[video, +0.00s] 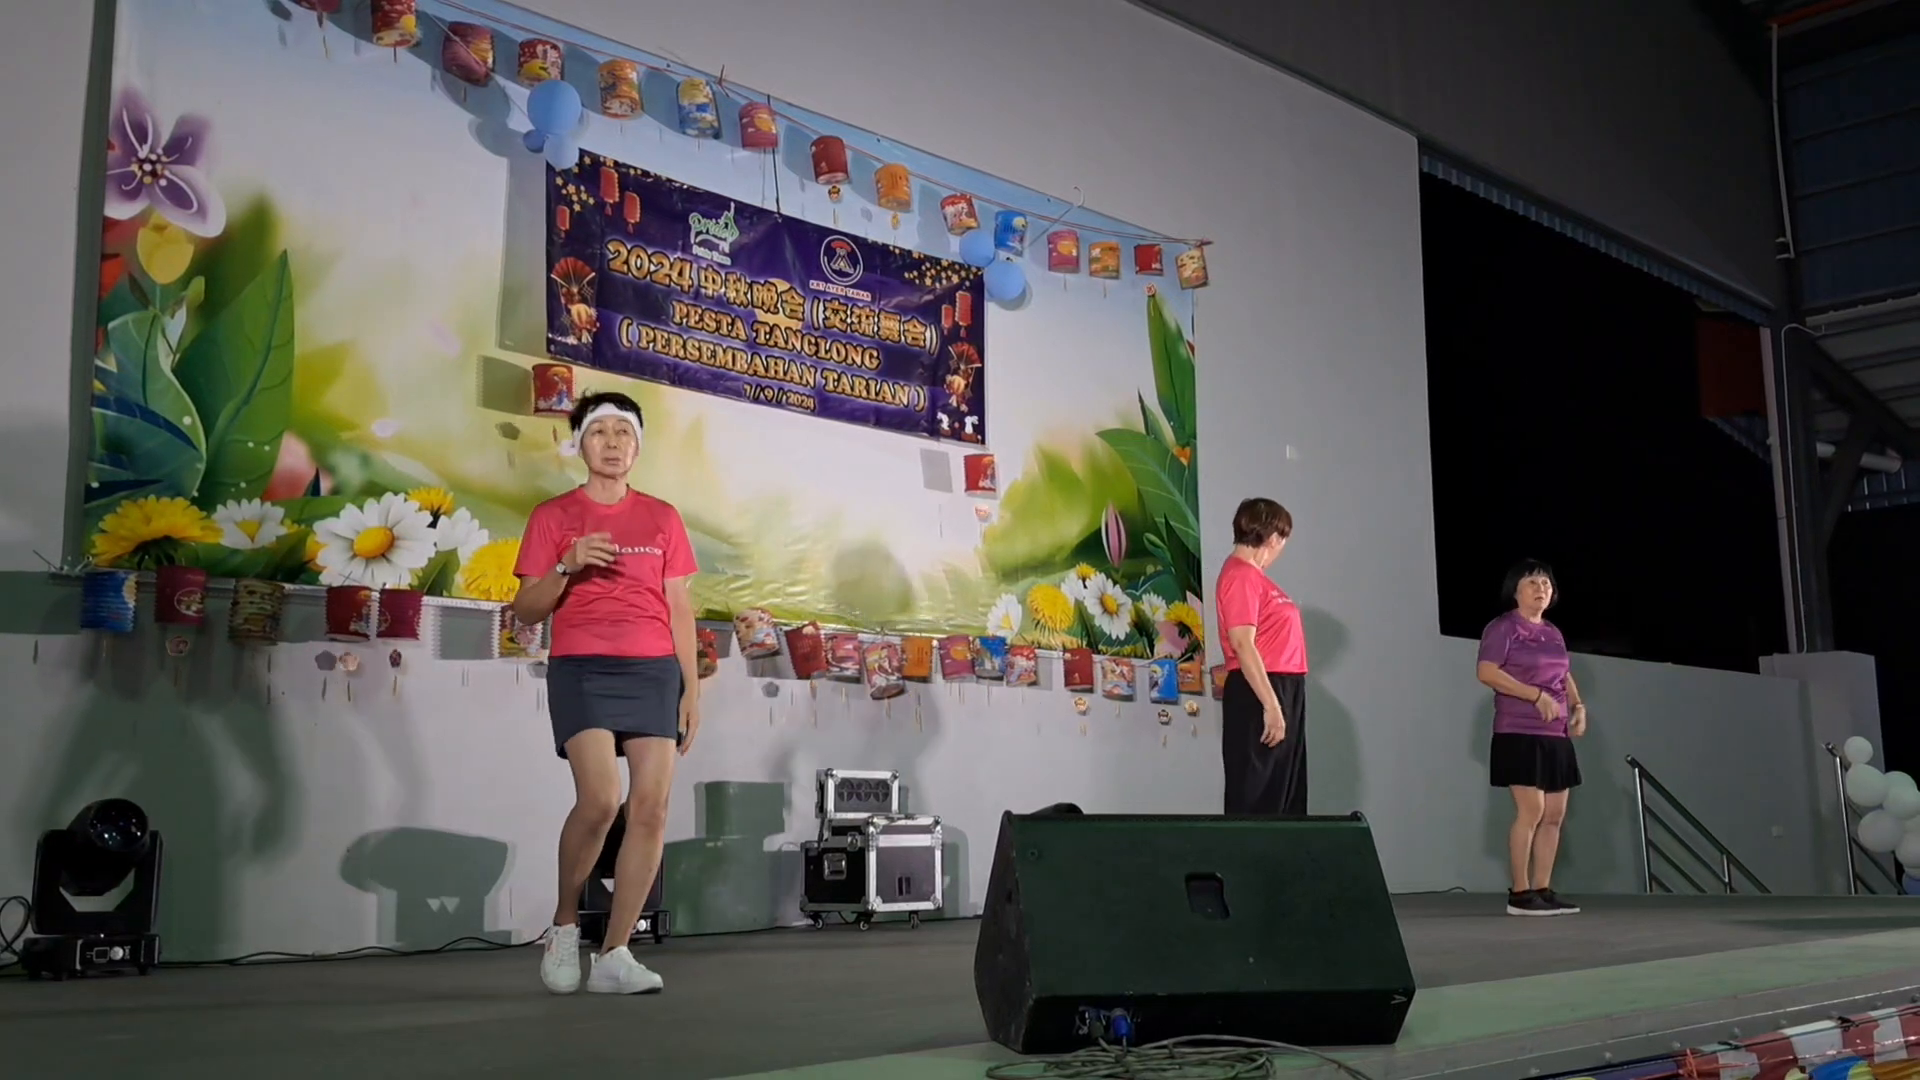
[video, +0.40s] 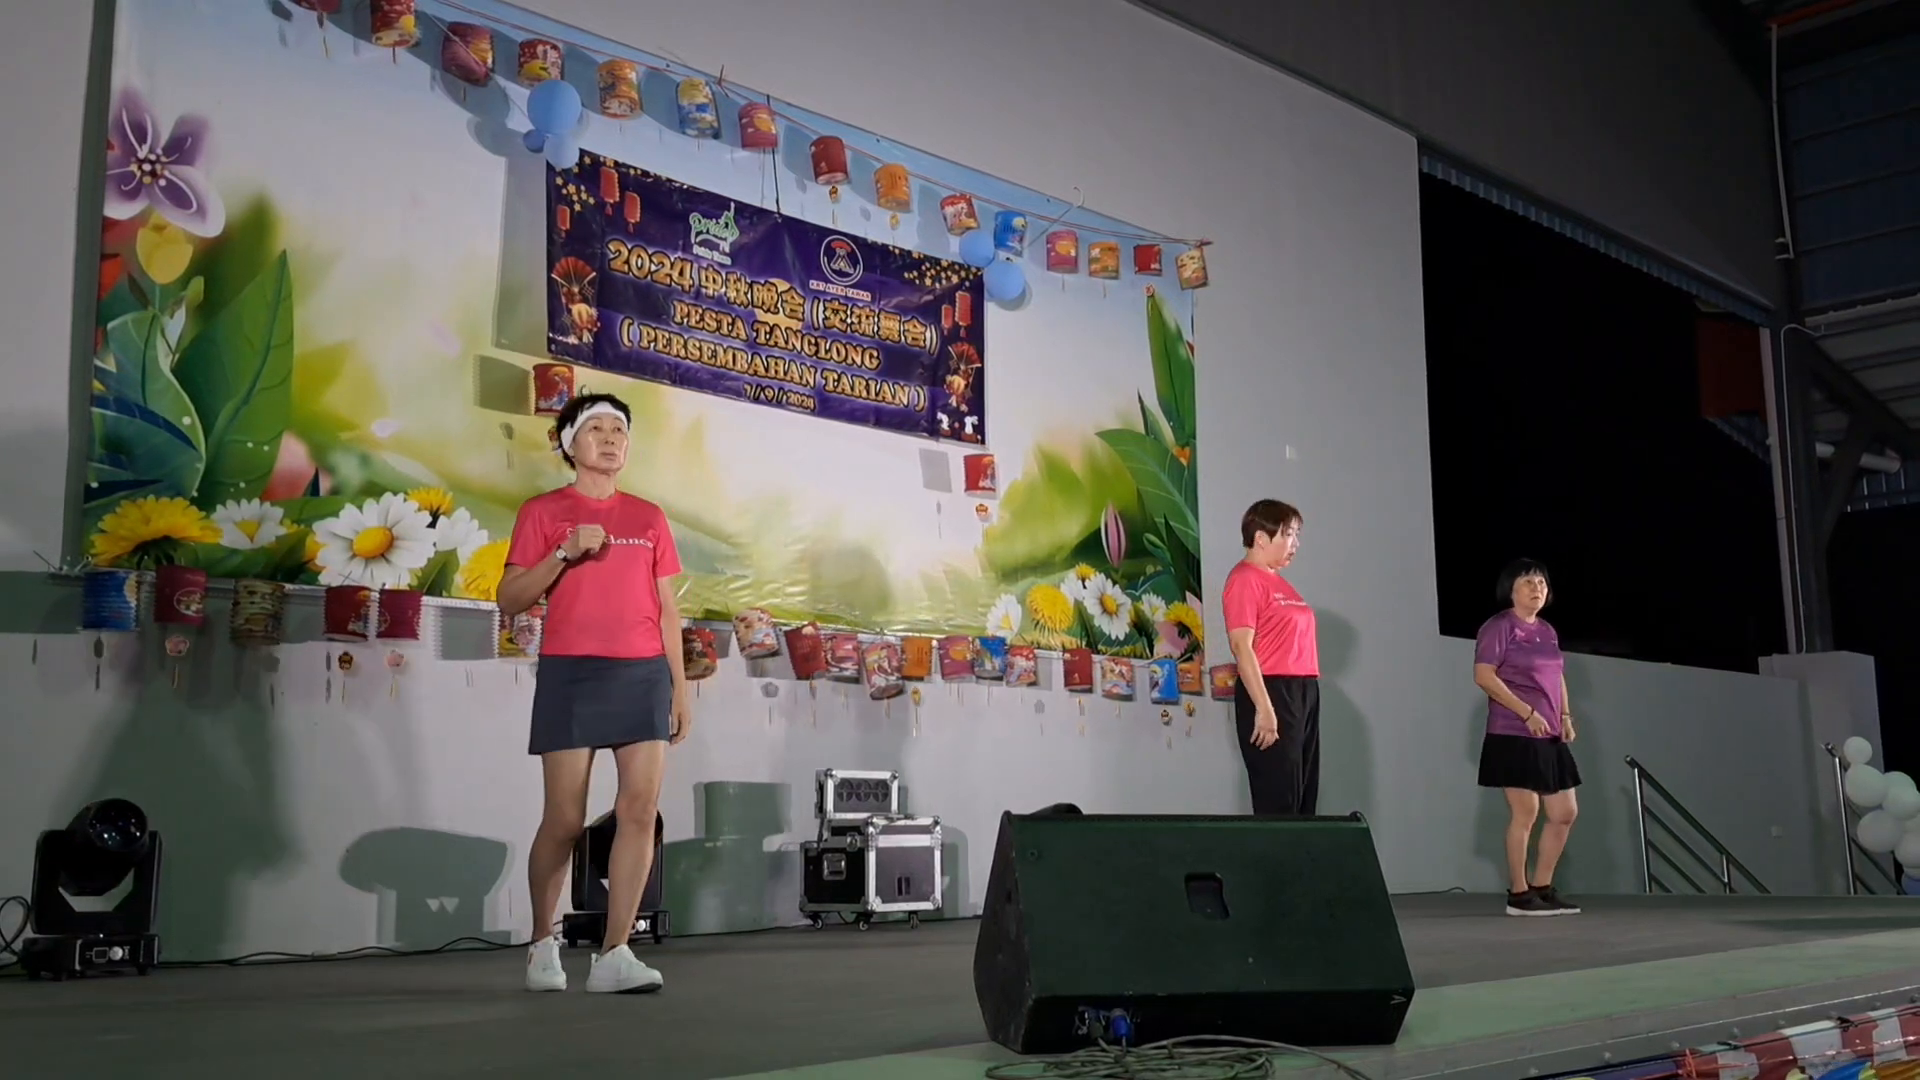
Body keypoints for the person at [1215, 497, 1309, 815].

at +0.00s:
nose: (1281, 547)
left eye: (1284, 540)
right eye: (1283, 539)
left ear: (1245, 530)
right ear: (1272, 538)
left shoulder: (1253, 575)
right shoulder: (1241, 575)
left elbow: (1251, 642)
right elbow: (1242, 643)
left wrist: (1283, 701)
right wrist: (1271, 705)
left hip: (1284, 687)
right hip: (1261, 688)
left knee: (1284, 792)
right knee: (1256, 793)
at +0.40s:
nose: (1295, 544)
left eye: (1296, 536)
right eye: (1288, 535)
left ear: (1264, 541)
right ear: (1261, 539)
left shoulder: (1276, 579)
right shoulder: (1245, 578)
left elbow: (1282, 645)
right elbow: (1241, 647)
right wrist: (1263, 707)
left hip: (1303, 692)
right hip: (1273, 693)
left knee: (1303, 800)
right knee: (1279, 803)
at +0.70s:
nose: (1300, 543)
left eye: (1301, 535)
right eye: (1293, 534)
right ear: (1265, 538)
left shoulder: (1298, 583)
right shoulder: (1241, 582)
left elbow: (1311, 650)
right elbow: (1231, 649)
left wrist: (1330, 701)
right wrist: (1239, 710)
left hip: (1311, 697)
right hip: (1268, 697)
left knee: (1307, 806)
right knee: (1276, 807)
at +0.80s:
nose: (1307, 543)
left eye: (1306, 535)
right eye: (1302, 534)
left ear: (1281, 540)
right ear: (1277, 539)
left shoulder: (1299, 582)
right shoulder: (1241, 583)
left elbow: (1316, 647)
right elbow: (1230, 652)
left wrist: (1341, 703)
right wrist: (1233, 714)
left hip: (1311, 700)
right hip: (1268, 699)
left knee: (1307, 804)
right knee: (1275, 805)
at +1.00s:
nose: (1310, 545)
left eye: (1311, 537)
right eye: (1308, 536)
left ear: (1287, 539)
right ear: (1291, 538)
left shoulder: (1296, 582)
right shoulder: (1249, 581)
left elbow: (1314, 649)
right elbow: (1234, 650)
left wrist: (1341, 698)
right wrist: (1236, 714)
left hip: (1311, 700)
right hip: (1272, 699)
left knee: (1306, 806)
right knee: (1277, 807)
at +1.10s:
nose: (1311, 546)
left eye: (1312, 538)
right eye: (1310, 537)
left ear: (1287, 538)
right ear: (1293, 537)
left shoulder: (1295, 582)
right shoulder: (1253, 578)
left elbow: (1307, 649)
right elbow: (1241, 647)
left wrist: (1332, 697)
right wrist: (1247, 712)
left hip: (1311, 697)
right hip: (1276, 696)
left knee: (1306, 804)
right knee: (1278, 805)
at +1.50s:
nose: (1307, 546)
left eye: (1308, 538)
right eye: (1306, 537)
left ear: (1282, 538)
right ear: (1290, 538)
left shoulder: (1279, 577)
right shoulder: (1260, 575)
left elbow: (1277, 641)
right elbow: (1260, 641)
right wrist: (1293, 701)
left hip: (1304, 690)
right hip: (1276, 692)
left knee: (1304, 799)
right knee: (1282, 801)